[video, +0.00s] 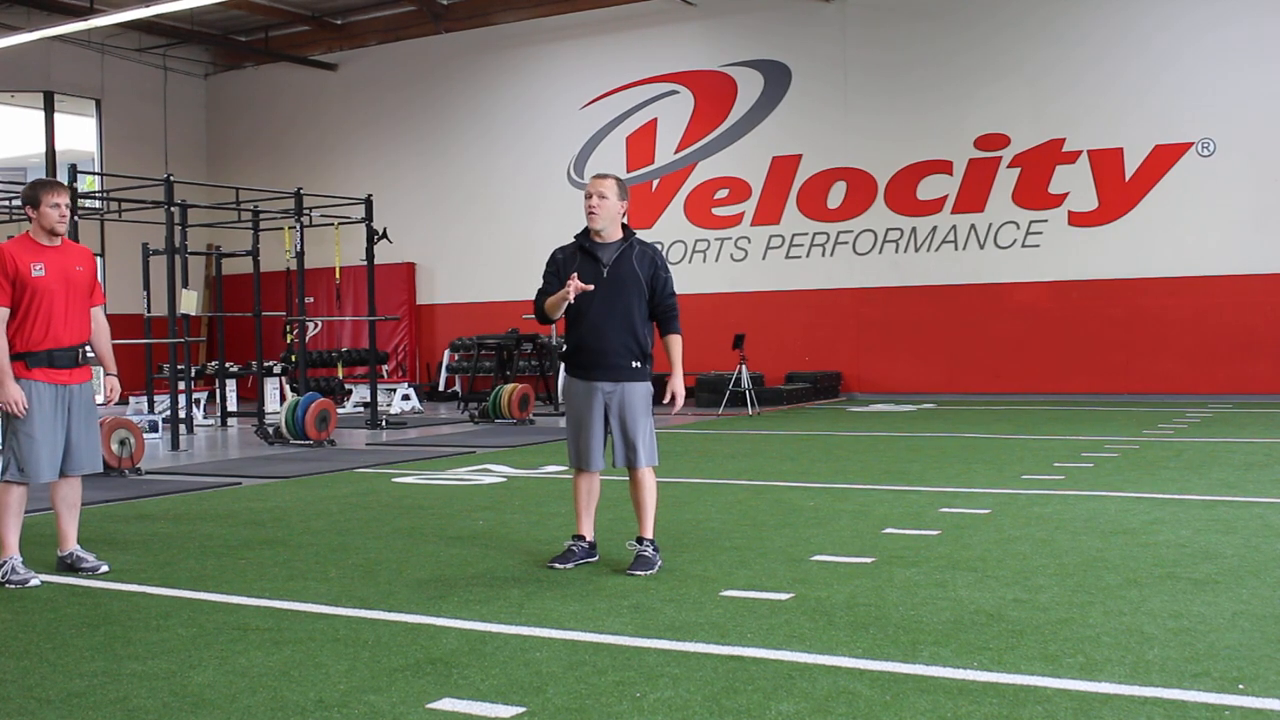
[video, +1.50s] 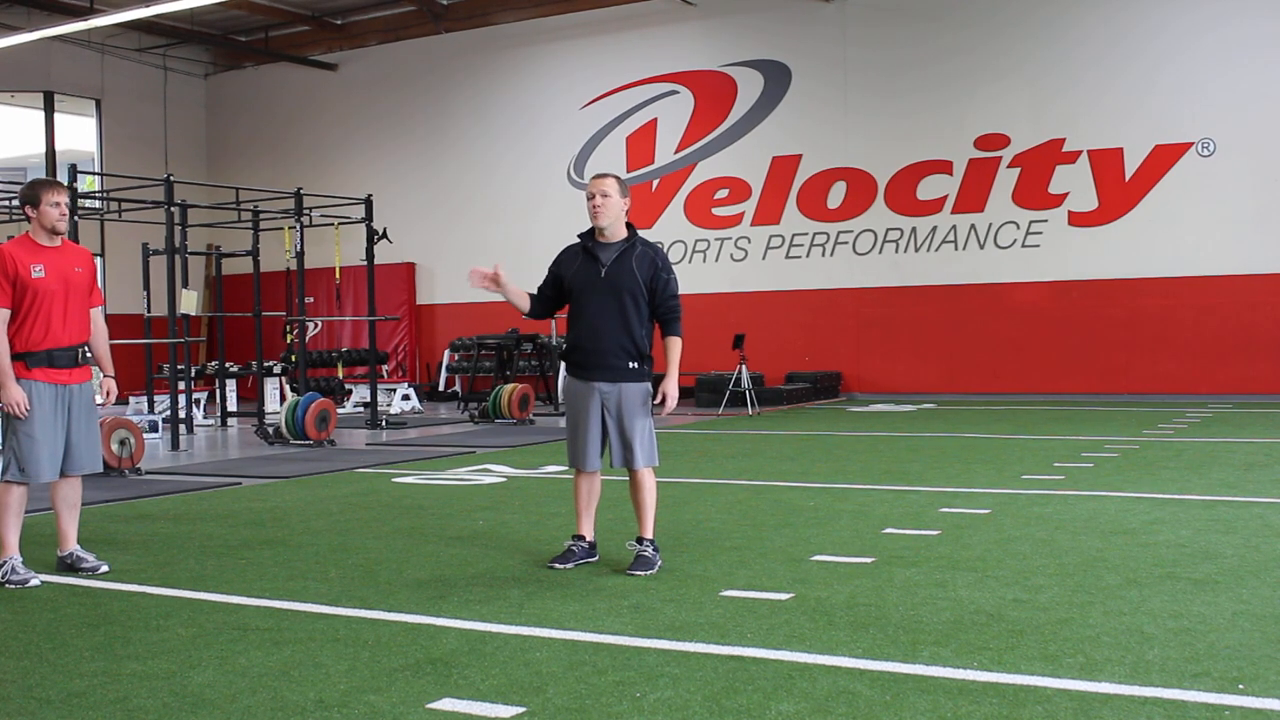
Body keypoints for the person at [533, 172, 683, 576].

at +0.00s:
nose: (591, 202)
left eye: (600, 197)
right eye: (588, 197)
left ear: (622, 207)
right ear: (584, 205)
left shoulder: (648, 257)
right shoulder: (564, 258)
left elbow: (668, 317)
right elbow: (543, 314)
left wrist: (677, 372)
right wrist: (564, 294)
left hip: (632, 379)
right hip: (581, 378)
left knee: (640, 463)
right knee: (585, 463)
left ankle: (647, 544)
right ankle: (584, 542)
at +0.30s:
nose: (590, 203)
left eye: (599, 197)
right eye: (586, 197)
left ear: (621, 207)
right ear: (582, 205)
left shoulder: (647, 257)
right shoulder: (563, 258)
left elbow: (667, 316)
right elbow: (543, 314)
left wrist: (673, 372)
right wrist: (562, 292)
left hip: (631, 379)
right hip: (580, 379)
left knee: (639, 463)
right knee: (584, 463)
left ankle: (646, 544)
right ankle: (583, 542)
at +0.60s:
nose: (589, 202)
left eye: (598, 197)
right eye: (586, 197)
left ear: (621, 207)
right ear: (582, 205)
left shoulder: (647, 256)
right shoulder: (563, 258)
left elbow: (667, 316)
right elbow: (542, 313)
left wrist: (673, 370)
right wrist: (562, 292)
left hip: (631, 379)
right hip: (580, 379)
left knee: (639, 463)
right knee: (584, 463)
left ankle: (646, 544)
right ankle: (583, 542)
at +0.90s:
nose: (596, 197)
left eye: (606, 192)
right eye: (592, 193)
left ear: (626, 204)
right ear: (586, 204)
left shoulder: (649, 257)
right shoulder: (567, 255)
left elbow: (669, 319)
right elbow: (528, 307)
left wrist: (673, 375)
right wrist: (525, 301)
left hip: (630, 379)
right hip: (580, 378)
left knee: (639, 463)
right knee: (585, 463)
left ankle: (646, 545)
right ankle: (584, 542)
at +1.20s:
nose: (595, 203)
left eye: (603, 197)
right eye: (590, 197)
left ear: (624, 204)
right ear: (586, 206)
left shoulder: (649, 257)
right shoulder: (569, 256)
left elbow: (670, 320)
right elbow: (530, 299)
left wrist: (672, 376)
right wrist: (515, 264)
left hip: (630, 380)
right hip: (580, 378)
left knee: (638, 464)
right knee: (584, 464)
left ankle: (646, 544)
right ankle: (583, 542)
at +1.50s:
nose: (595, 202)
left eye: (603, 196)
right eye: (590, 197)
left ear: (625, 204)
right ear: (586, 206)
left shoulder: (651, 258)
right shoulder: (572, 257)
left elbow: (671, 320)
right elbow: (539, 307)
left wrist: (672, 375)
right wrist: (504, 285)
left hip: (631, 380)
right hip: (580, 379)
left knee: (639, 464)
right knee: (584, 463)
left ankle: (646, 544)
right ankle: (583, 542)